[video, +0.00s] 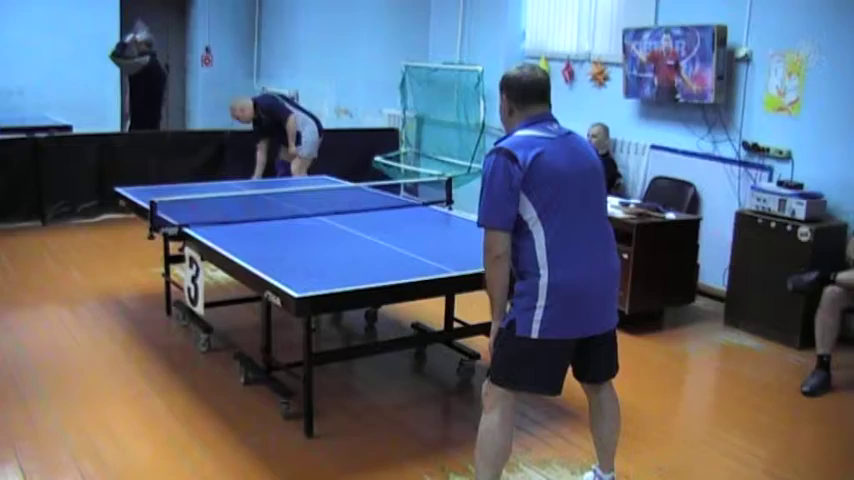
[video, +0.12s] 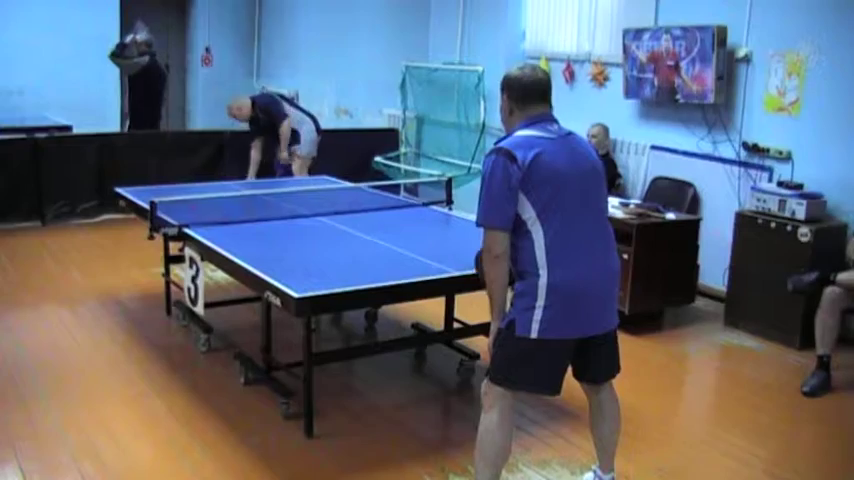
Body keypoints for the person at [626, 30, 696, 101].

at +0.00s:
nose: (667, 43)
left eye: (668, 40)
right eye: (665, 40)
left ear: (671, 41)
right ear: (661, 41)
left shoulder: (674, 54)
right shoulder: (656, 53)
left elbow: (680, 72)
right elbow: (645, 60)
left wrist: (691, 86)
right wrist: (635, 50)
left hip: (671, 85)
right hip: (659, 85)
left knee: (672, 108)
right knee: (659, 108)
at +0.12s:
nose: (666, 43)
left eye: (668, 41)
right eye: (665, 41)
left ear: (671, 42)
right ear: (661, 42)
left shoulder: (674, 55)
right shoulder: (656, 54)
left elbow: (680, 73)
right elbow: (645, 60)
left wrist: (691, 86)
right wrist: (635, 50)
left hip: (671, 86)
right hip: (659, 86)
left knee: (672, 109)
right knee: (659, 109)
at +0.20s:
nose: (667, 44)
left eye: (669, 41)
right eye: (665, 41)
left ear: (672, 42)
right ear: (661, 42)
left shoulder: (674, 55)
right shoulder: (656, 54)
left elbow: (681, 73)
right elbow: (645, 61)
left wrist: (692, 87)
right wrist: (635, 51)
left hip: (671, 86)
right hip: (659, 86)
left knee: (672, 109)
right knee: (659, 109)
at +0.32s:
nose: (667, 44)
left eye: (668, 41)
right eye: (665, 41)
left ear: (671, 43)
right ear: (661, 43)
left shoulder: (674, 56)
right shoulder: (656, 55)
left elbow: (680, 74)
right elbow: (645, 61)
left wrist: (692, 87)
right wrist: (635, 51)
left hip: (671, 86)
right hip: (659, 86)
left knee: (672, 111)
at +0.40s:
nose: (667, 45)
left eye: (669, 42)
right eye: (665, 42)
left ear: (672, 44)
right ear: (661, 43)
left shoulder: (675, 57)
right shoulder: (657, 56)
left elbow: (681, 74)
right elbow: (645, 62)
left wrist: (692, 88)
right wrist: (635, 52)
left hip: (672, 87)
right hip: (660, 87)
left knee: (673, 111)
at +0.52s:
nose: (667, 45)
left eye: (669, 42)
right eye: (665, 43)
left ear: (672, 44)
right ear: (662, 44)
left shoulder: (675, 57)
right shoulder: (657, 56)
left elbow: (681, 75)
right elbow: (645, 62)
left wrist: (692, 88)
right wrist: (635, 53)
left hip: (672, 87)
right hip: (660, 87)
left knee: (672, 110)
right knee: (659, 109)